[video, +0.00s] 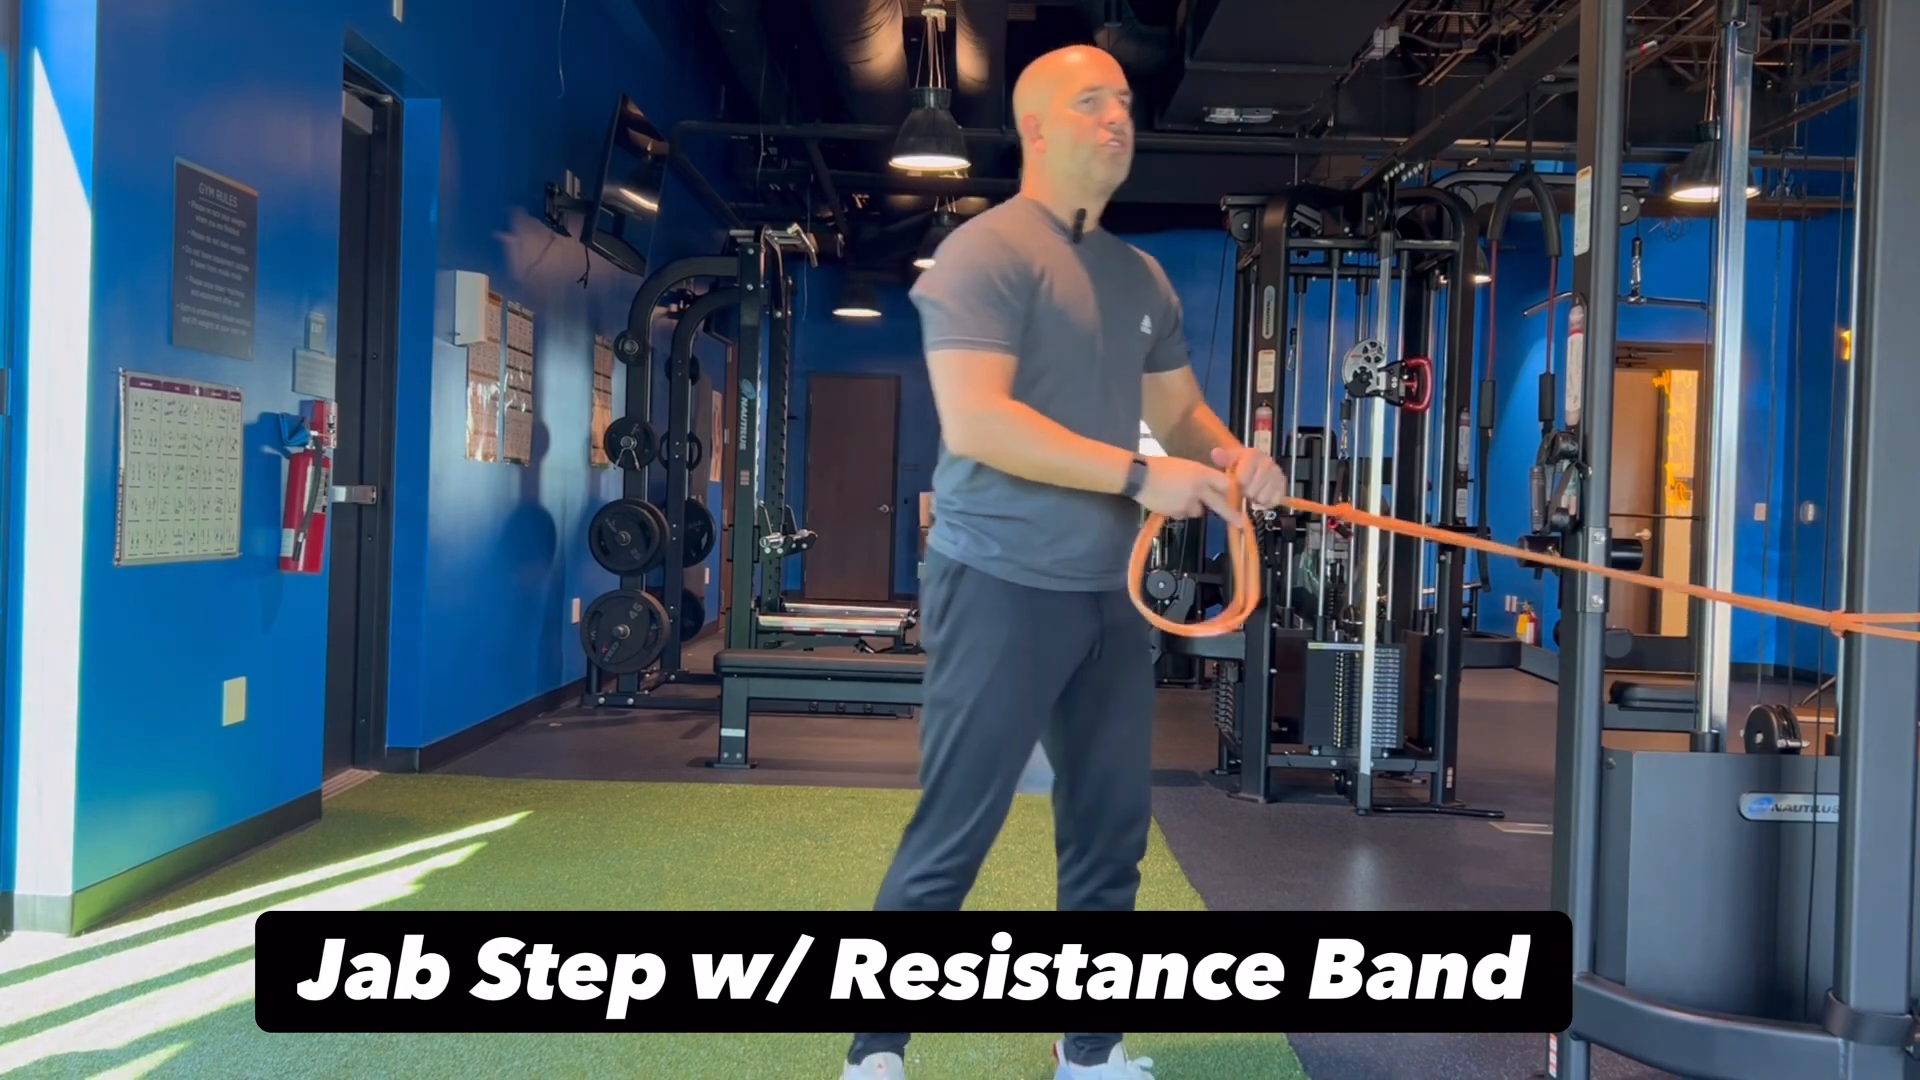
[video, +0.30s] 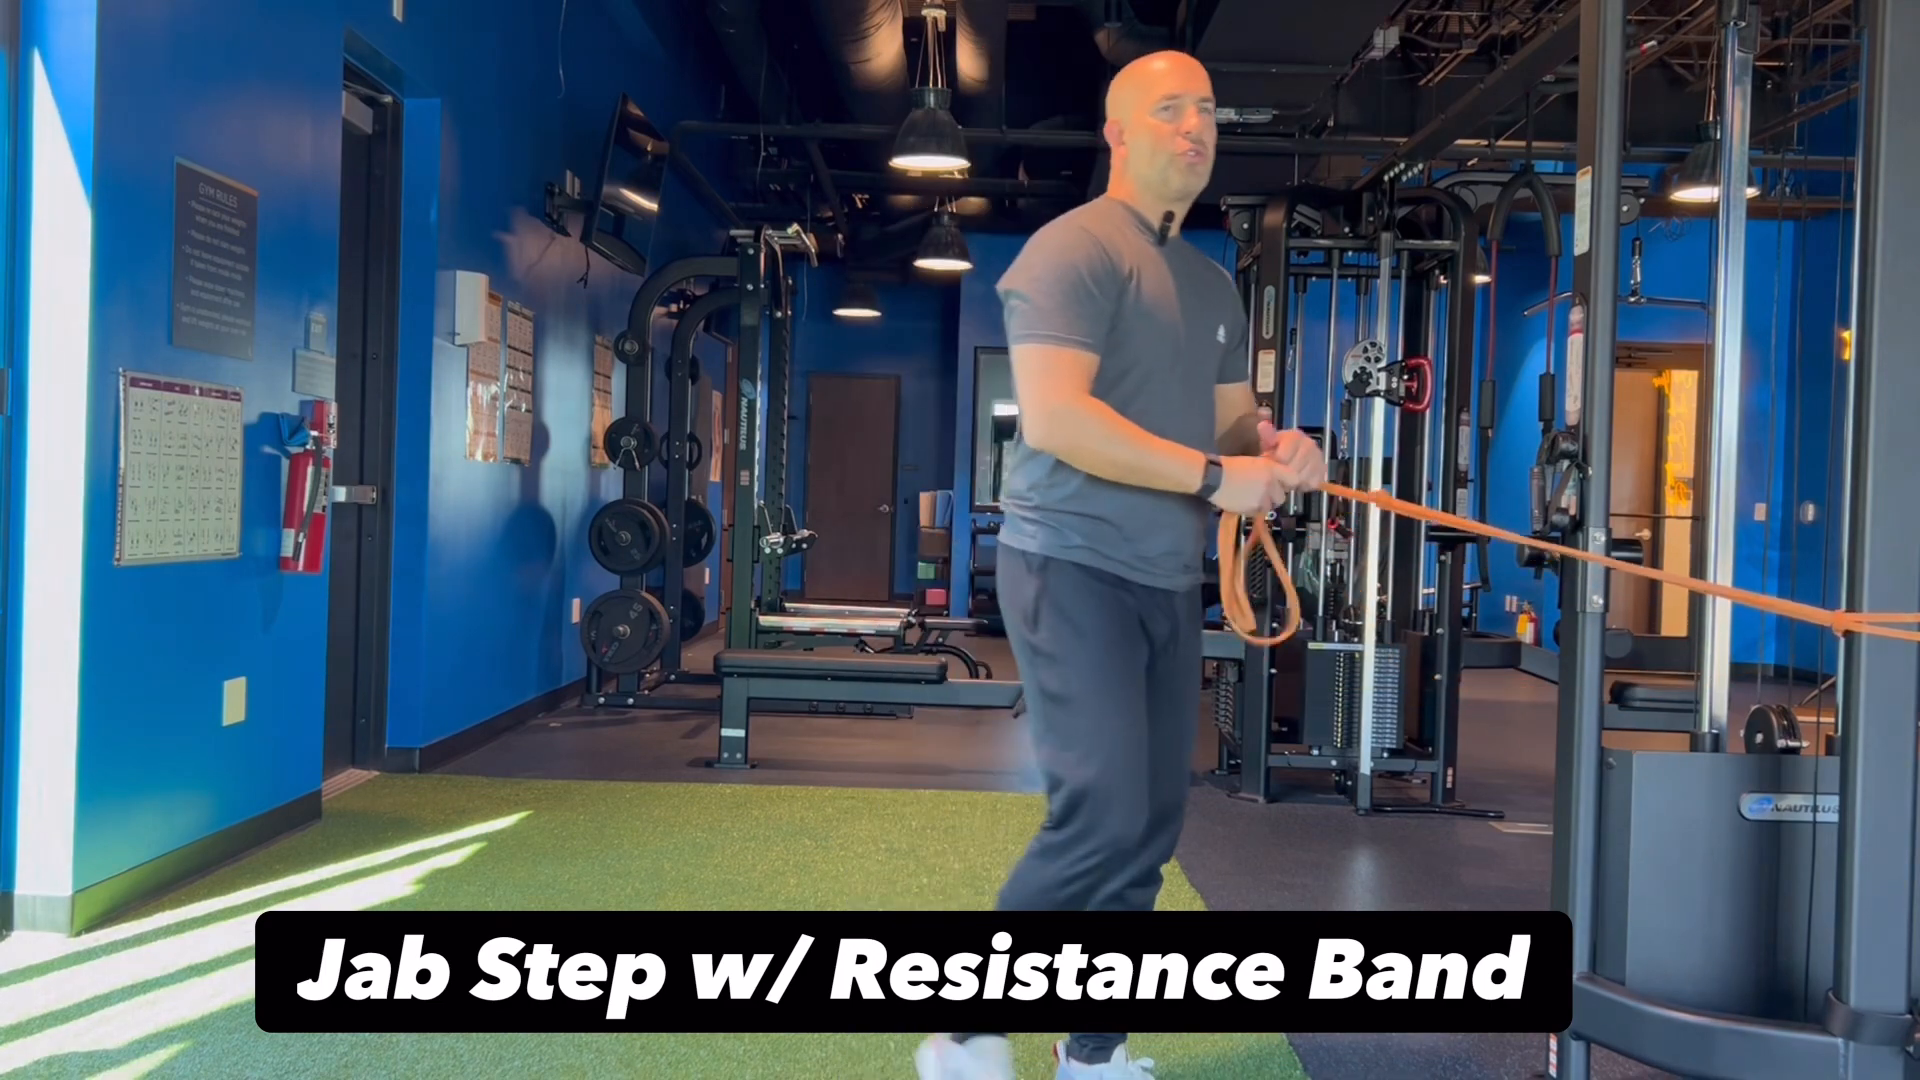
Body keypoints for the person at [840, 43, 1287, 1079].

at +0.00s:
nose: (1122, 118)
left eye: (1128, 104)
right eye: (1095, 101)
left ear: (1132, 134)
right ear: (1037, 127)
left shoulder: (1140, 277)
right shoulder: (981, 252)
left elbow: (1179, 412)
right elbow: (973, 422)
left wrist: (1231, 455)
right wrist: (1135, 471)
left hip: (1110, 592)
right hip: (997, 584)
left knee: (1109, 836)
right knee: (955, 831)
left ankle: (1089, 1051)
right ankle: (877, 1045)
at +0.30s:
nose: (1198, 127)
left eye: (1207, 111)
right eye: (1172, 109)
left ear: (1216, 137)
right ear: (1117, 132)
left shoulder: (1215, 282)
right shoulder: (1069, 248)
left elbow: (1229, 420)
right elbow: (1053, 417)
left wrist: (1268, 440)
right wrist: (1209, 475)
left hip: (1170, 578)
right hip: (1071, 563)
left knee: (1152, 822)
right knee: (1105, 810)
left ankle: (1089, 1048)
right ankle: (963, 1019)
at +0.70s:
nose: (1300, 153)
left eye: (1298, 132)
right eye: (1288, 130)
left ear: (1230, 140)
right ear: (1221, 135)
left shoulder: (1262, 284)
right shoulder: (1119, 251)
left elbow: (1272, 440)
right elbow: (1074, 420)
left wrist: (1286, 553)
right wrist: (1253, 448)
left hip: (1245, 589)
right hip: (1134, 588)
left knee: (1304, 815)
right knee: (1128, 851)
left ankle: (1178, 1011)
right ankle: (1089, 1057)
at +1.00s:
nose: (1389, 175)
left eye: (1389, 154)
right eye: (1374, 152)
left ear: (1316, 159)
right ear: (1304, 155)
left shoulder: (1366, 299)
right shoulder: (1177, 270)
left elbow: (1387, 429)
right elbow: (1090, 417)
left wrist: (1421, 451)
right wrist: (1224, 418)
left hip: (1327, 609)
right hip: (1199, 601)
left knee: (1339, 850)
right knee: (1167, 851)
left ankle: (1329, 1051)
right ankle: (1100, 1059)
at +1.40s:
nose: (1484, 201)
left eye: (1489, 180)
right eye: (1474, 177)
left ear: (1413, 178)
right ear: (1402, 171)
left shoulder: (1458, 311)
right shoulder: (1249, 263)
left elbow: (1505, 438)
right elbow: (1151, 391)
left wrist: (1577, 501)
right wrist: (1215, 410)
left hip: (1379, 610)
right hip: (1239, 601)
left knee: (1351, 847)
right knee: (1197, 839)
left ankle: (1331, 1046)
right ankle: (1162, 1042)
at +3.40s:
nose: (1439, 211)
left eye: (1462, 194)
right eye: (1425, 183)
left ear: (1480, 197)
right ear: (1379, 165)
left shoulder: (1474, 322)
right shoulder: (1268, 262)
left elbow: (1524, 458)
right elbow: (1165, 389)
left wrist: (1515, 493)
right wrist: (1232, 413)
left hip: (1382, 606)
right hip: (1242, 589)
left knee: (1360, 844)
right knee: (1196, 809)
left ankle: (1329, 1038)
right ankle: (1132, 1024)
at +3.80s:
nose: (1276, 201)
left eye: (1295, 181)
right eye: (1255, 176)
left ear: (1314, 179)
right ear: (1209, 167)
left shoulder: (1340, 297)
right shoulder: (1130, 279)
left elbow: (1389, 427)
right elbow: (1048, 425)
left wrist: (1374, 441)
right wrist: (1138, 448)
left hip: (1291, 605)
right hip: (1148, 600)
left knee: (1316, 844)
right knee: (1101, 839)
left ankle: (1330, 1047)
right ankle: (1049, 1046)